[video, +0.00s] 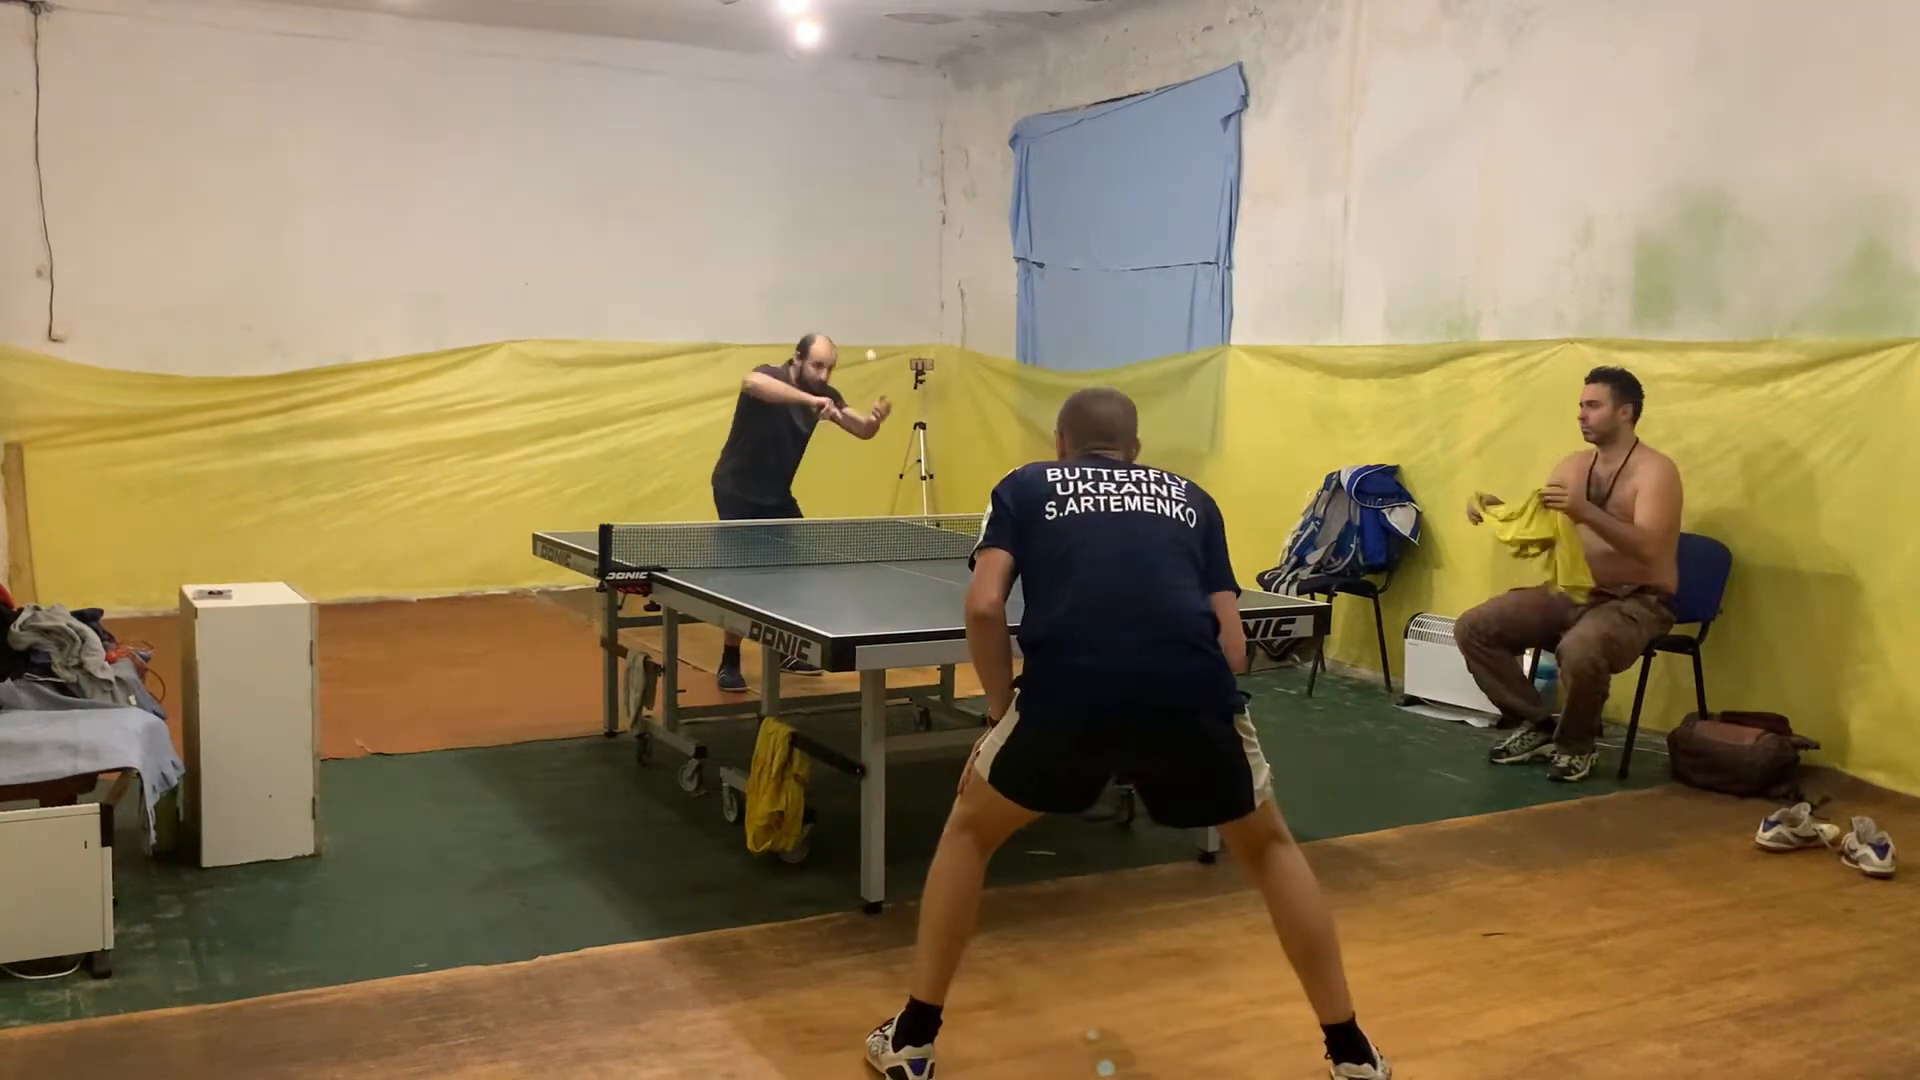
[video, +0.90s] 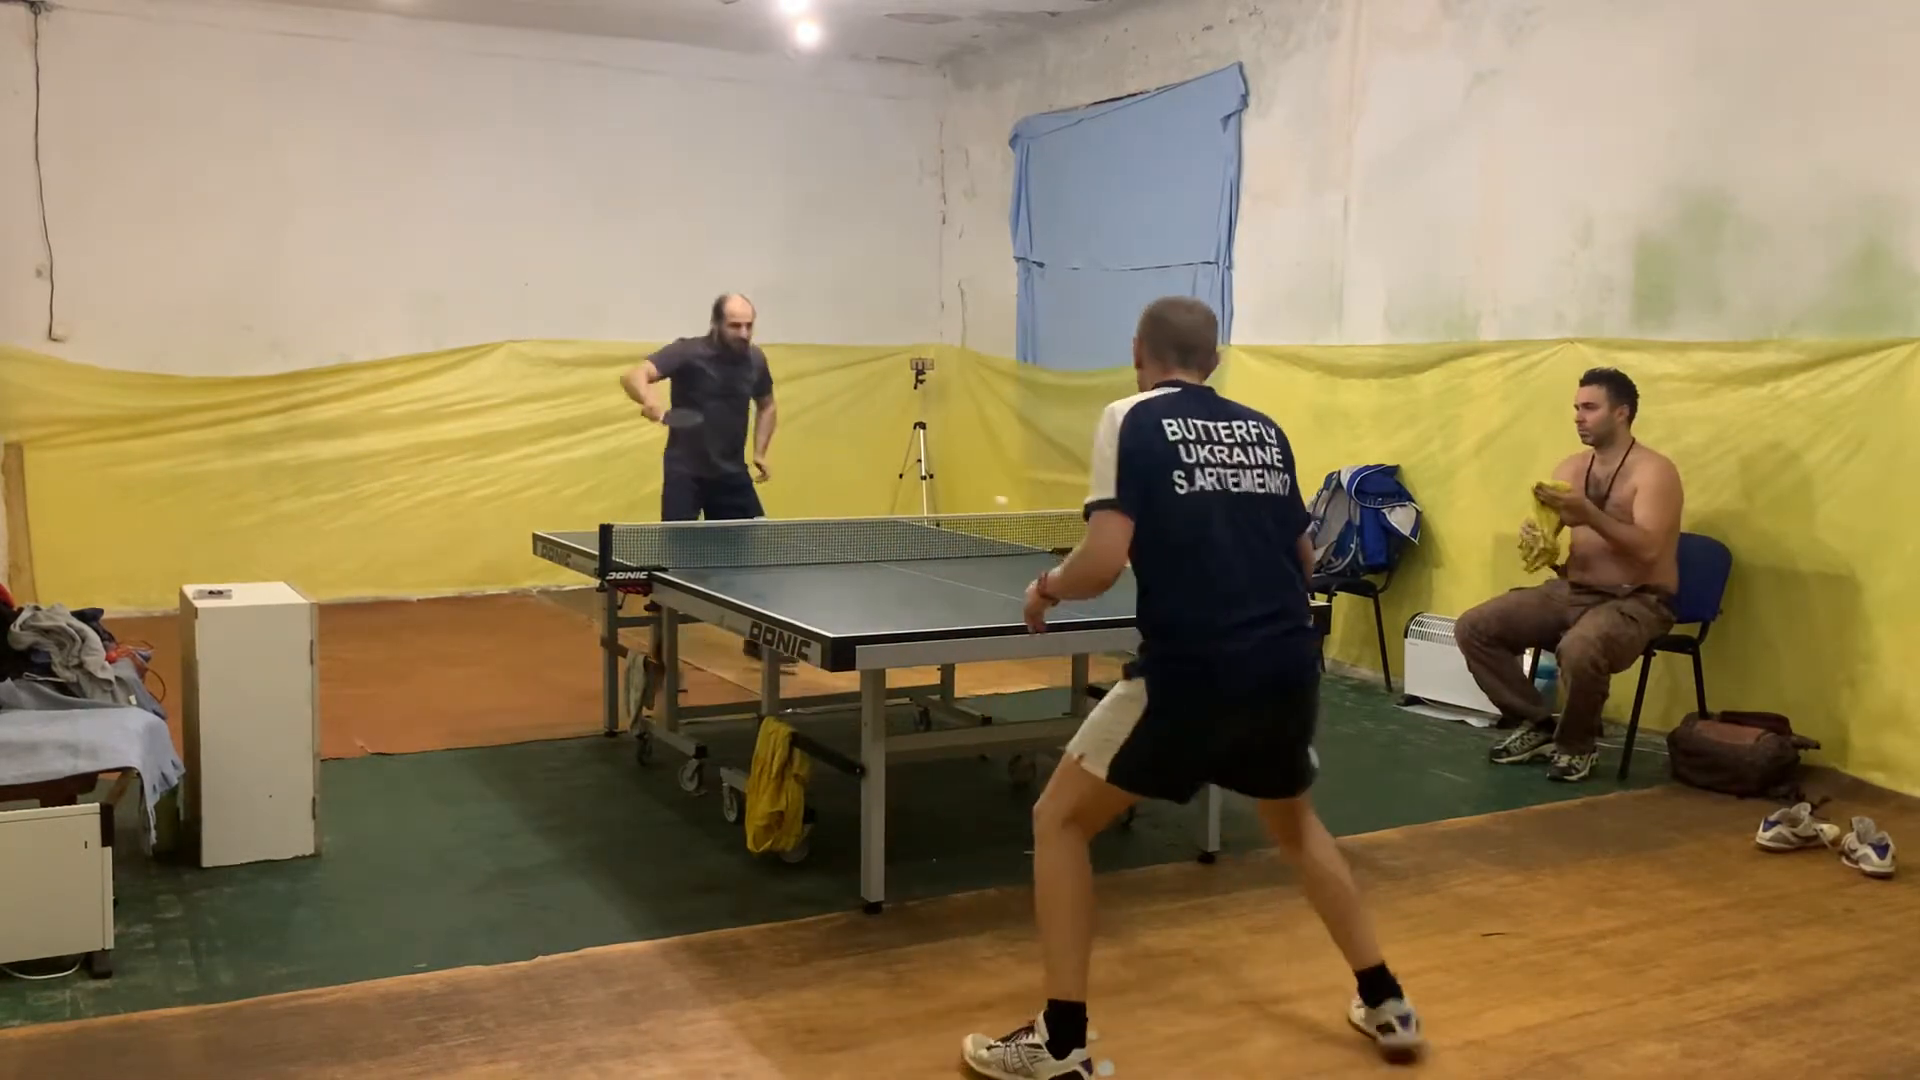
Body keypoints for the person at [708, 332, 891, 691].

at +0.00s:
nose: (824, 373)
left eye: (829, 367)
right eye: (818, 365)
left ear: (833, 367)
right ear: (797, 359)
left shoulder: (825, 395)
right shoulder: (771, 376)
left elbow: (863, 430)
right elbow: (752, 383)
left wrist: (876, 419)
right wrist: (808, 399)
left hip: (778, 496)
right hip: (737, 492)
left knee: (801, 567)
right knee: (744, 574)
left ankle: (787, 648)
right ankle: (731, 660)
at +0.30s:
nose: (818, 362)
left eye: (822, 356)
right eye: (812, 354)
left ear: (824, 354)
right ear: (789, 347)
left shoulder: (809, 381)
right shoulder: (759, 372)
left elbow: (829, 425)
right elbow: (786, 409)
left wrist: (849, 456)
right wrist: (821, 389)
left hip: (776, 483)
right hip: (739, 479)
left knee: (794, 559)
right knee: (748, 560)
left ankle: (787, 646)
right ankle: (719, 644)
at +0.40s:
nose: (817, 380)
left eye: (822, 373)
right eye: (811, 371)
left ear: (826, 369)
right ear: (790, 360)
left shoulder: (803, 385)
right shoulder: (757, 377)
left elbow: (817, 431)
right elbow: (785, 425)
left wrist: (836, 472)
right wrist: (814, 404)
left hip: (768, 482)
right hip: (730, 478)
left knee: (792, 555)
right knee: (745, 550)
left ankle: (785, 645)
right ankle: (703, 612)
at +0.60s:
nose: (799, 398)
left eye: (805, 391)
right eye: (795, 389)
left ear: (808, 388)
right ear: (774, 378)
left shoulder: (790, 409)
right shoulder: (742, 383)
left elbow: (805, 443)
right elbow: (709, 385)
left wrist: (820, 485)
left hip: (755, 495)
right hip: (716, 493)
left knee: (792, 559)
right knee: (723, 567)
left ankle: (787, 647)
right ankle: (691, 643)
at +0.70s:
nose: (788, 391)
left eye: (792, 384)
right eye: (782, 383)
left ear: (795, 380)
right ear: (761, 374)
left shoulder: (780, 405)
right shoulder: (730, 385)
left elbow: (797, 440)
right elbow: (684, 372)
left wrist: (813, 484)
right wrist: (691, 388)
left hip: (751, 499)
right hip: (711, 500)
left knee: (789, 562)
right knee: (720, 581)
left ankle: (785, 649)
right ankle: (686, 658)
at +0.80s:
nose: (764, 361)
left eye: (769, 353)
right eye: (757, 353)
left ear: (773, 351)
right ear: (737, 349)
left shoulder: (767, 385)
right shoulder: (708, 369)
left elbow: (782, 423)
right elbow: (653, 366)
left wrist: (787, 469)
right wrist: (668, 386)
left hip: (741, 488)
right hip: (699, 487)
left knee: (775, 559)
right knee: (701, 569)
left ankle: (784, 647)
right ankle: (682, 655)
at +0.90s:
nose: (744, 333)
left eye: (748, 326)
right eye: (736, 326)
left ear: (754, 325)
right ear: (717, 325)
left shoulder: (754, 360)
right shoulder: (688, 352)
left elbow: (767, 407)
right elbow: (633, 376)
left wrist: (760, 453)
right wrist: (648, 399)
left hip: (731, 474)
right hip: (685, 473)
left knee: (759, 549)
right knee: (676, 553)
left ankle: (760, 635)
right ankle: (660, 650)